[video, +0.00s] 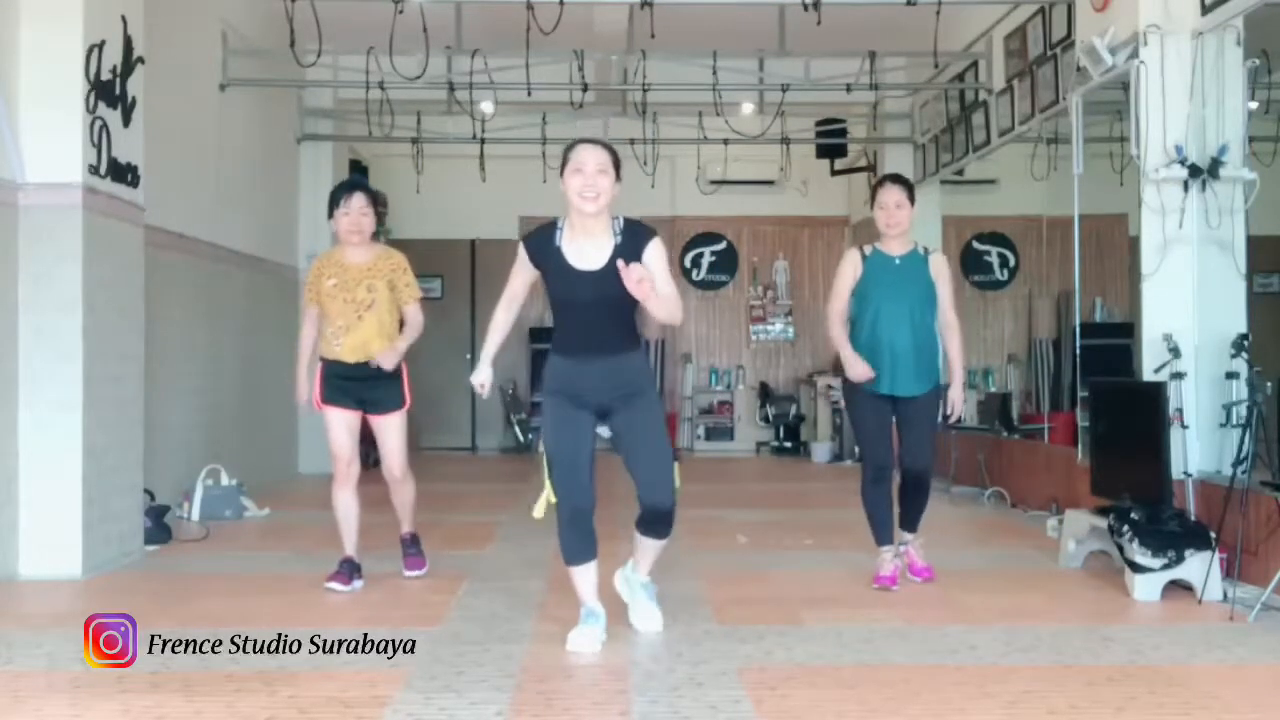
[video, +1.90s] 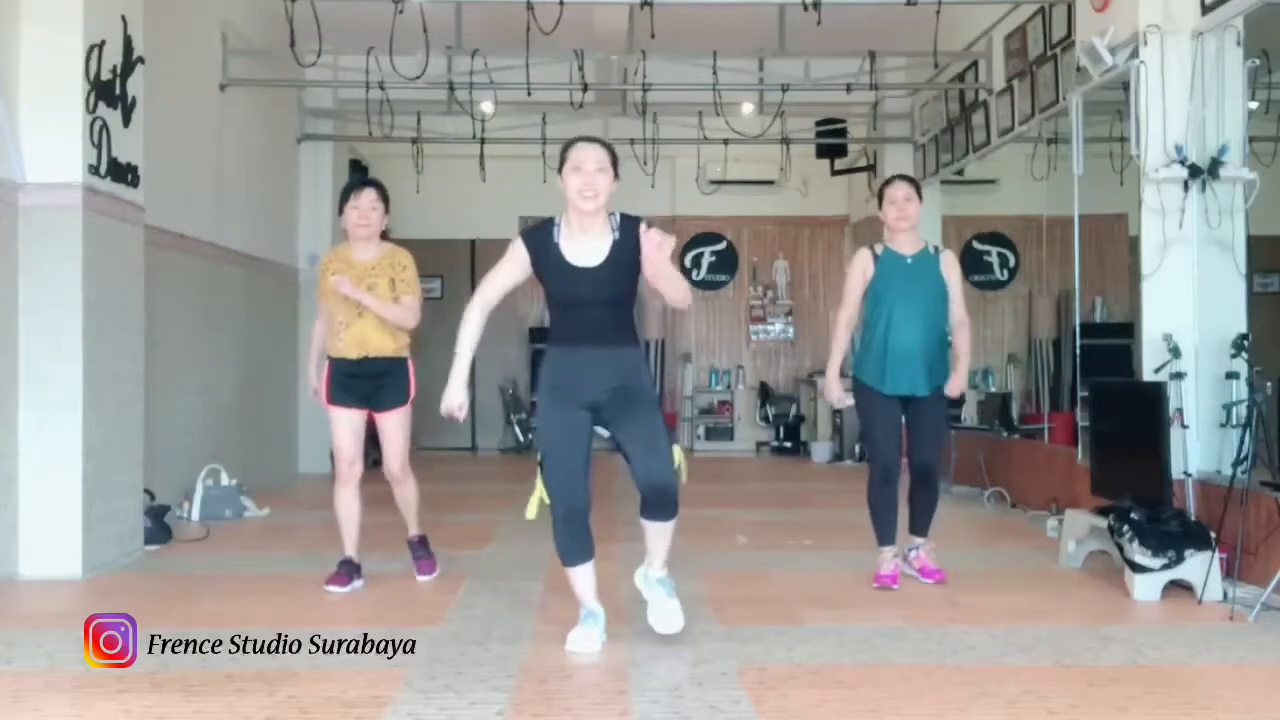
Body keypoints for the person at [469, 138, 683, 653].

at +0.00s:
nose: (589, 180)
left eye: (600, 172)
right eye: (579, 171)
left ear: (616, 183)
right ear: (562, 182)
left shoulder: (642, 242)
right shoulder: (539, 245)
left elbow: (675, 315)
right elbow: (508, 306)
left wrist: (646, 296)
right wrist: (485, 361)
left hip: (632, 386)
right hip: (565, 389)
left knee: (661, 499)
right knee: (574, 503)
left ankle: (637, 576)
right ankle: (590, 611)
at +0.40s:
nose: (592, 168)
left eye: (603, 159)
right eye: (581, 158)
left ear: (618, 169)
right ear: (564, 166)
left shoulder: (639, 220)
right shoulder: (540, 232)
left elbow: (667, 290)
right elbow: (519, 302)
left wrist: (680, 353)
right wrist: (504, 364)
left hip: (630, 367)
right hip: (566, 370)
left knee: (649, 492)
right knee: (575, 497)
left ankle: (648, 586)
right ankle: (590, 610)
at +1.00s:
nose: (589, 181)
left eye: (600, 172)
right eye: (579, 171)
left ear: (615, 182)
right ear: (562, 180)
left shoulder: (636, 242)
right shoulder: (537, 250)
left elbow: (653, 311)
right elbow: (521, 330)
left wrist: (665, 373)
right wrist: (549, 298)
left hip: (625, 374)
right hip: (559, 377)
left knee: (644, 465)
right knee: (573, 509)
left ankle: (638, 605)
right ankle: (590, 612)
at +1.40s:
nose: (589, 179)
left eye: (599, 171)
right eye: (578, 171)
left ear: (615, 182)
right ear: (561, 182)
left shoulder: (640, 244)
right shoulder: (538, 249)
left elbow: (655, 316)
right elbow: (522, 330)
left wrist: (670, 372)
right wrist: (534, 367)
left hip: (626, 385)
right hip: (559, 387)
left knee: (650, 471)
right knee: (570, 507)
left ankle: (645, 606)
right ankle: (591, 614)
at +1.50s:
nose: (590, 175)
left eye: (600, 167)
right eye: (579, 166)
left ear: (615, 178)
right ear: (562, 177)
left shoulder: (640, 237)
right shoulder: (537, 245)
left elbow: (664, 304)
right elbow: (520, 327)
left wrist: (669, 339)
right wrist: (519, 397)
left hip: (624, 380)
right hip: (558, 382)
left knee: (658, 472)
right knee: (570, 504)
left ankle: (646, 584)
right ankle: (590, 612)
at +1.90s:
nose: (588, 179)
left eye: (599, 171)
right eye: (577, 170)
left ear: (615, 182)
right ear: (560, 180)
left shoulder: (637, 236)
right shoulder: (537, 242)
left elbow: (682, 298)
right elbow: (481, 301)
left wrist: (660, 267)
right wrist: (457, 380)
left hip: (627, 380)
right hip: (562, 384)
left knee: (661, 484)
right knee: (568, 502)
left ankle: (655, 574)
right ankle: (590, 611)